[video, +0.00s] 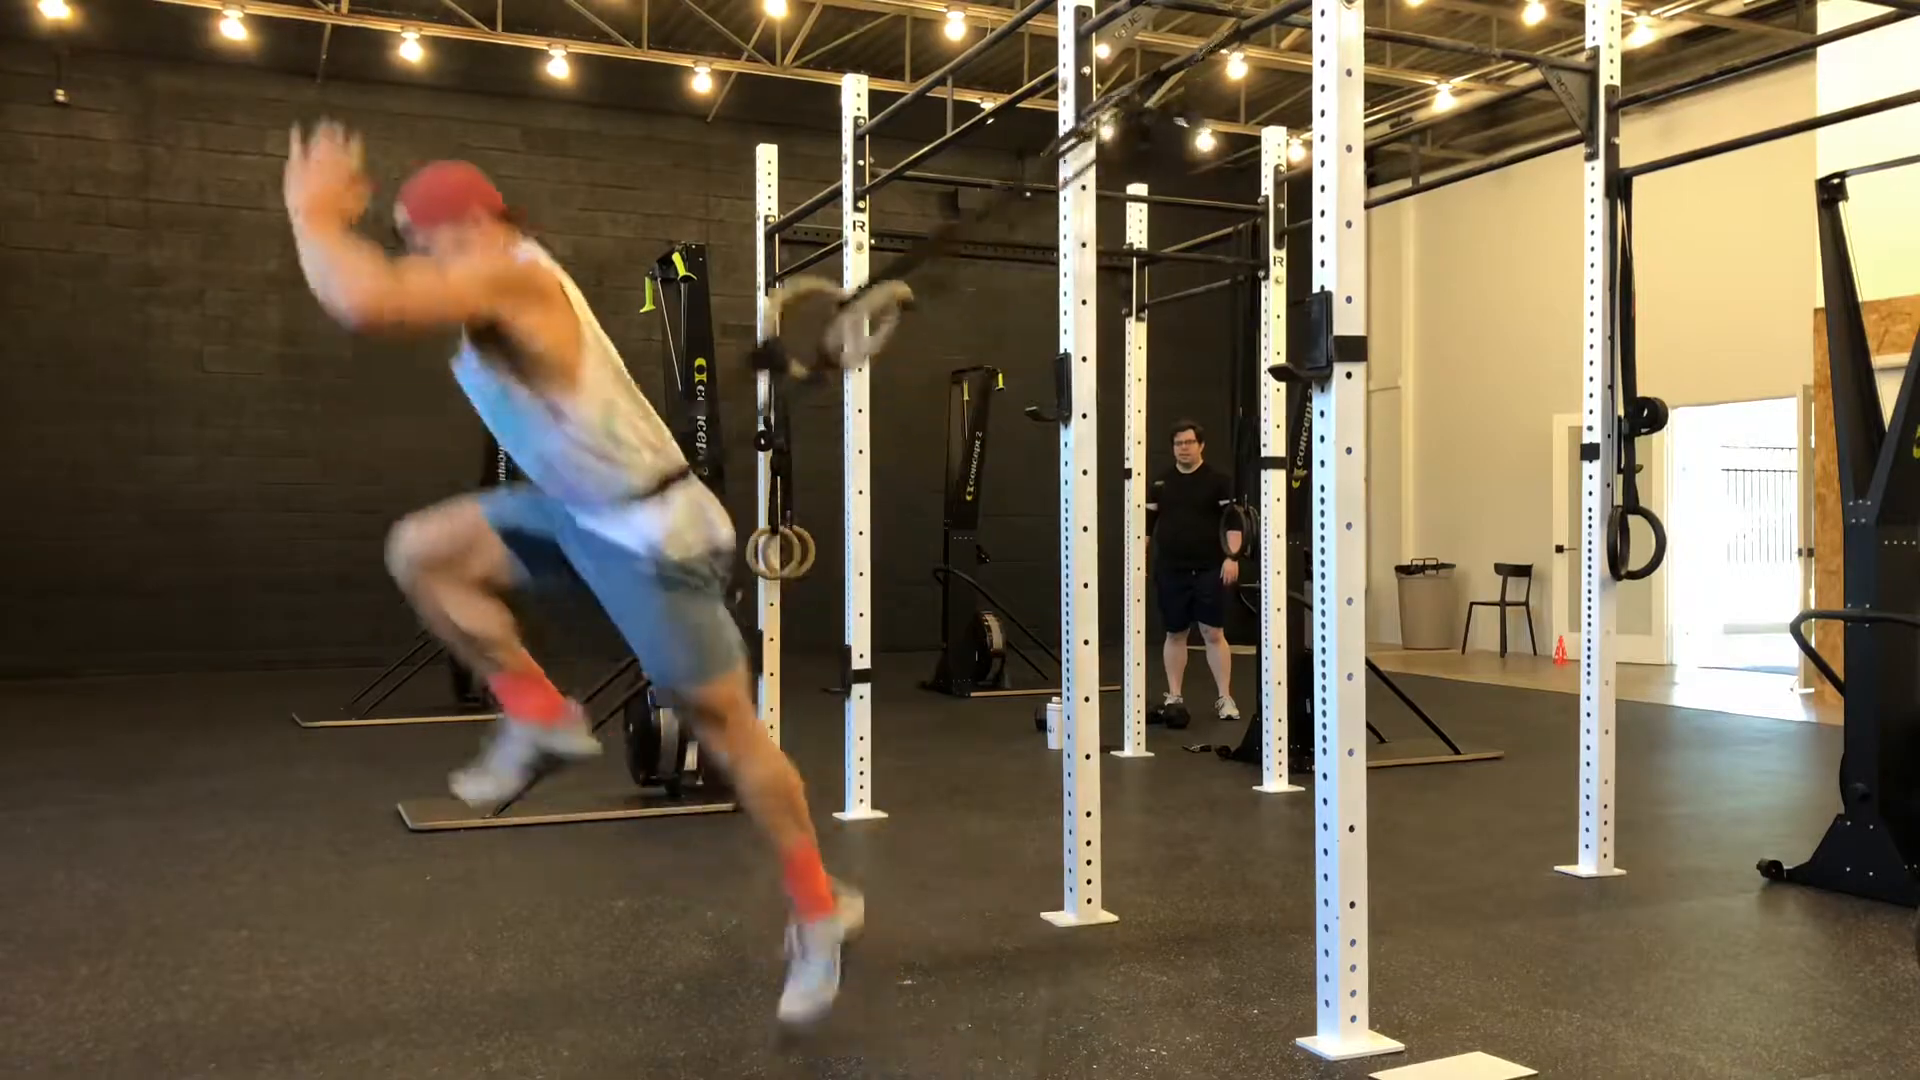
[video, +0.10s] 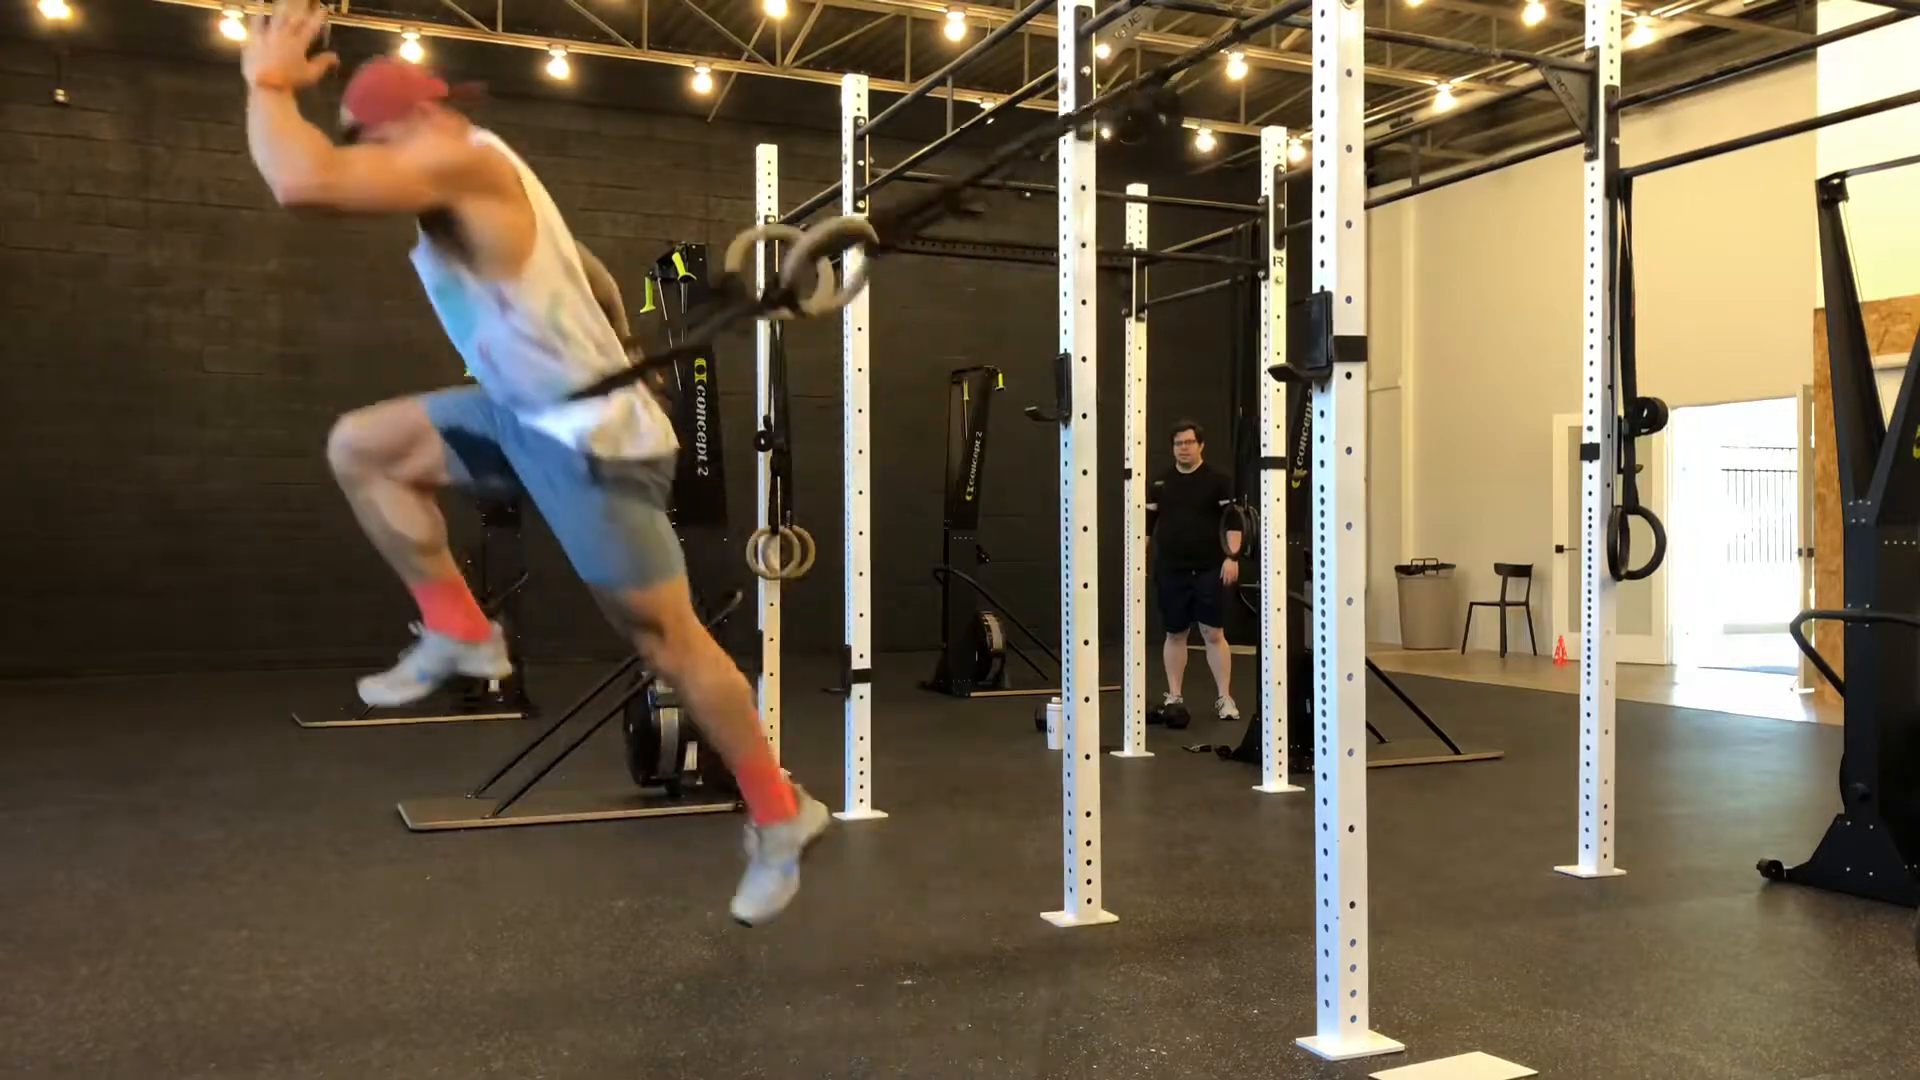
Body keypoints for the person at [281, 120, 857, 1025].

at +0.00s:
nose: (426, 258)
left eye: (431, 241)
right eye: (420, 245)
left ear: (475, 227)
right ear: (451, 234)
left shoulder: (517, 277)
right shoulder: (481, 279)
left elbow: (365, 297)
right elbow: (375, 297)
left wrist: (314, 213)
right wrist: (327, 223)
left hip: (651, 529)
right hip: (570, 508)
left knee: (731, 730)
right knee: (421, 549)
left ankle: (818, 909)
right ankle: (540, 716)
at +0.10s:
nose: (372, 153)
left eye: (376, 135)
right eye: (365, 140)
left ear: (419, 115)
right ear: (414, 117)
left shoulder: (468, 159)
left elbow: (303, 178)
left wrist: (267, 82)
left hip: (590, 429)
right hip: (519, 412)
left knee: (669, 637)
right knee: (360, 447)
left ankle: (779, 813)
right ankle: (459, 633)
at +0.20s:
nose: (349, 107)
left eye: (351, 88)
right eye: (343, 95)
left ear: (392, 68)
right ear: (402, 66)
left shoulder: (438, 113)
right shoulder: (429, 118)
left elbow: (284, 150)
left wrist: (240, 53)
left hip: (577, 387)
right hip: (507, 369)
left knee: (644, 602)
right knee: (342, 397)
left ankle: (748, 791)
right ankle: (434, 589)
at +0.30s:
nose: (350, 99)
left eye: (352, 81)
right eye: (343, 88)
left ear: (403, 58)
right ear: (402, 63)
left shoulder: (447, 102)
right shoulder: (426, 110)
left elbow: (288, 149)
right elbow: (307, 143)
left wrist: (239, 49)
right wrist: (262, 57)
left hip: (575, 371)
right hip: (503, 353)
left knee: (639, 589)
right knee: (341, 379)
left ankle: (740, 781)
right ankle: (435, 569)